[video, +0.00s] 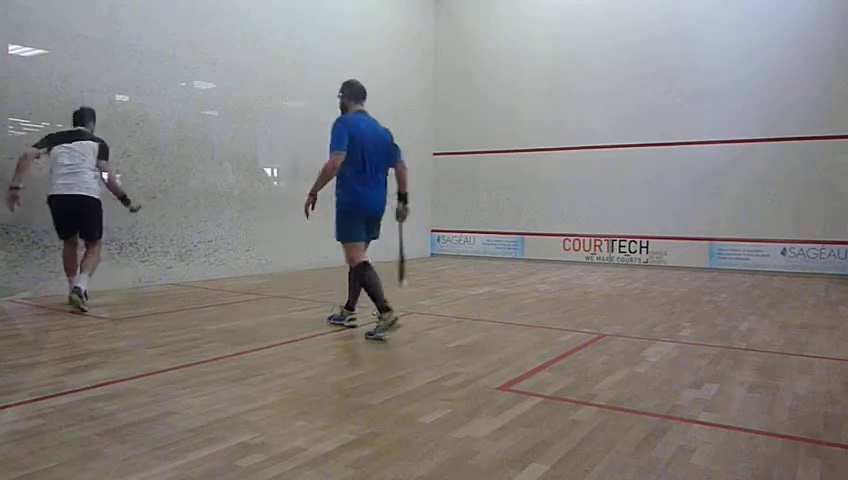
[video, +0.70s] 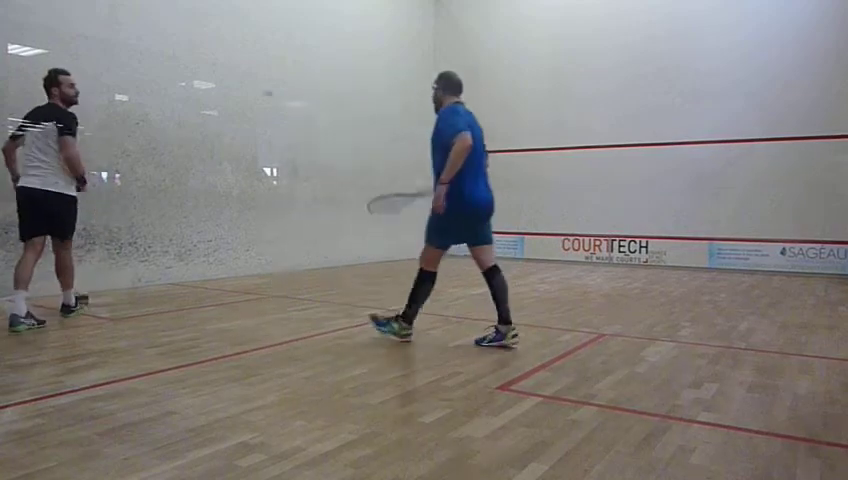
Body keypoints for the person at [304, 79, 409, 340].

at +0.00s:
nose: (339, 103)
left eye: (340, 99)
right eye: (340, 99)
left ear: (344, 100)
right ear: (363, 100)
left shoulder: (344, 124)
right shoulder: (381, 130)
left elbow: (336, 161)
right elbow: (400, 165)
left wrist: (314, 191)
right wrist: (403, 199)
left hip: (351, 203)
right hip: (376, 204)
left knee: (356, 258)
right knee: (358, 257)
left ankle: (386, 312)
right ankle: (349, 310)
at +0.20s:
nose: (357, 97)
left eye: (358, 93)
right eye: (358, 93)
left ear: (363, 92)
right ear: (383, 93)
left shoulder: (364, 118)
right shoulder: (402, 122)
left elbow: (355, 158)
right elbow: (420, 163)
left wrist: (331, 188)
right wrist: (425, 198)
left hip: (376, 198)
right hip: (403, 199)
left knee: (381, 258)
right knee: (384, 255)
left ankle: (394, 322)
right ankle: (374, 308)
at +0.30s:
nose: (370, 93)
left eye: (371, 88)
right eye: (371, 88)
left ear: (376, 88)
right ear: (395, 88)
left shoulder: (377, 114)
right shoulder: (414, 118)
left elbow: (372, 153)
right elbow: (428, 158)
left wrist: (349, 186)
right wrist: (428, 194)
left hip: (387, 196)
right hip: (414, 196)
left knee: (386, 257)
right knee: (402, 252)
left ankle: (394, 323)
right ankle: (409, 315)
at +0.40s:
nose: (384, 92)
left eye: (385, 87)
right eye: (385, 87)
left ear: (391, 87)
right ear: (410, 89)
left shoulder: (394, 114)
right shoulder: (427, 119)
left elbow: (391, 152)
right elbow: (439, 161)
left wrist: (369, 188)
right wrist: (435, 195)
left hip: (398, 199)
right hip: (425, 199)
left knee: (391, 255)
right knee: (419, 251)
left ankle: (394, 323)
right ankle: (450, 307)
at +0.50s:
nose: (400, 95)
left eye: (401, 90)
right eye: (401, 90)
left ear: (407, 90)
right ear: (425, 91)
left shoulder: (413, 114)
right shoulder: (439, 120)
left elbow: (412, 152)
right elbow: (449, 167)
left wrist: (392, 192)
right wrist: (439, 194)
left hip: (413, 199)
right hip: (440, 199)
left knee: (394, 255)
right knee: (441, 254)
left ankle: (394, 323)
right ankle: (482, 305)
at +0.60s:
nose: (416, 96)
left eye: (417, 91)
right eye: (417, 91)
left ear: (423, 92)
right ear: (443, 94)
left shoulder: (432, 116)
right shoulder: (455, 121)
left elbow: (439, 151)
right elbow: (464, 167)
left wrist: (419, 192)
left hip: (433, 201)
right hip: (459, 201)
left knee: (408, 258)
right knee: (468, 259)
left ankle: (395, 324)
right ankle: (499, 319)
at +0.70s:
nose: (432, 97)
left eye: (434, 92)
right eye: (433, 92)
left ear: (442, 93)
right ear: (458, 93)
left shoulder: (449, 115)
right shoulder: (469, 117)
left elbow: (464, 143)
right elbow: (482, 159)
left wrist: (442, 183)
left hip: (455, 199)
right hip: (478, 198)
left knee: (429, 260)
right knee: (487, 261)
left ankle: (405, 322)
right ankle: (506, 327)